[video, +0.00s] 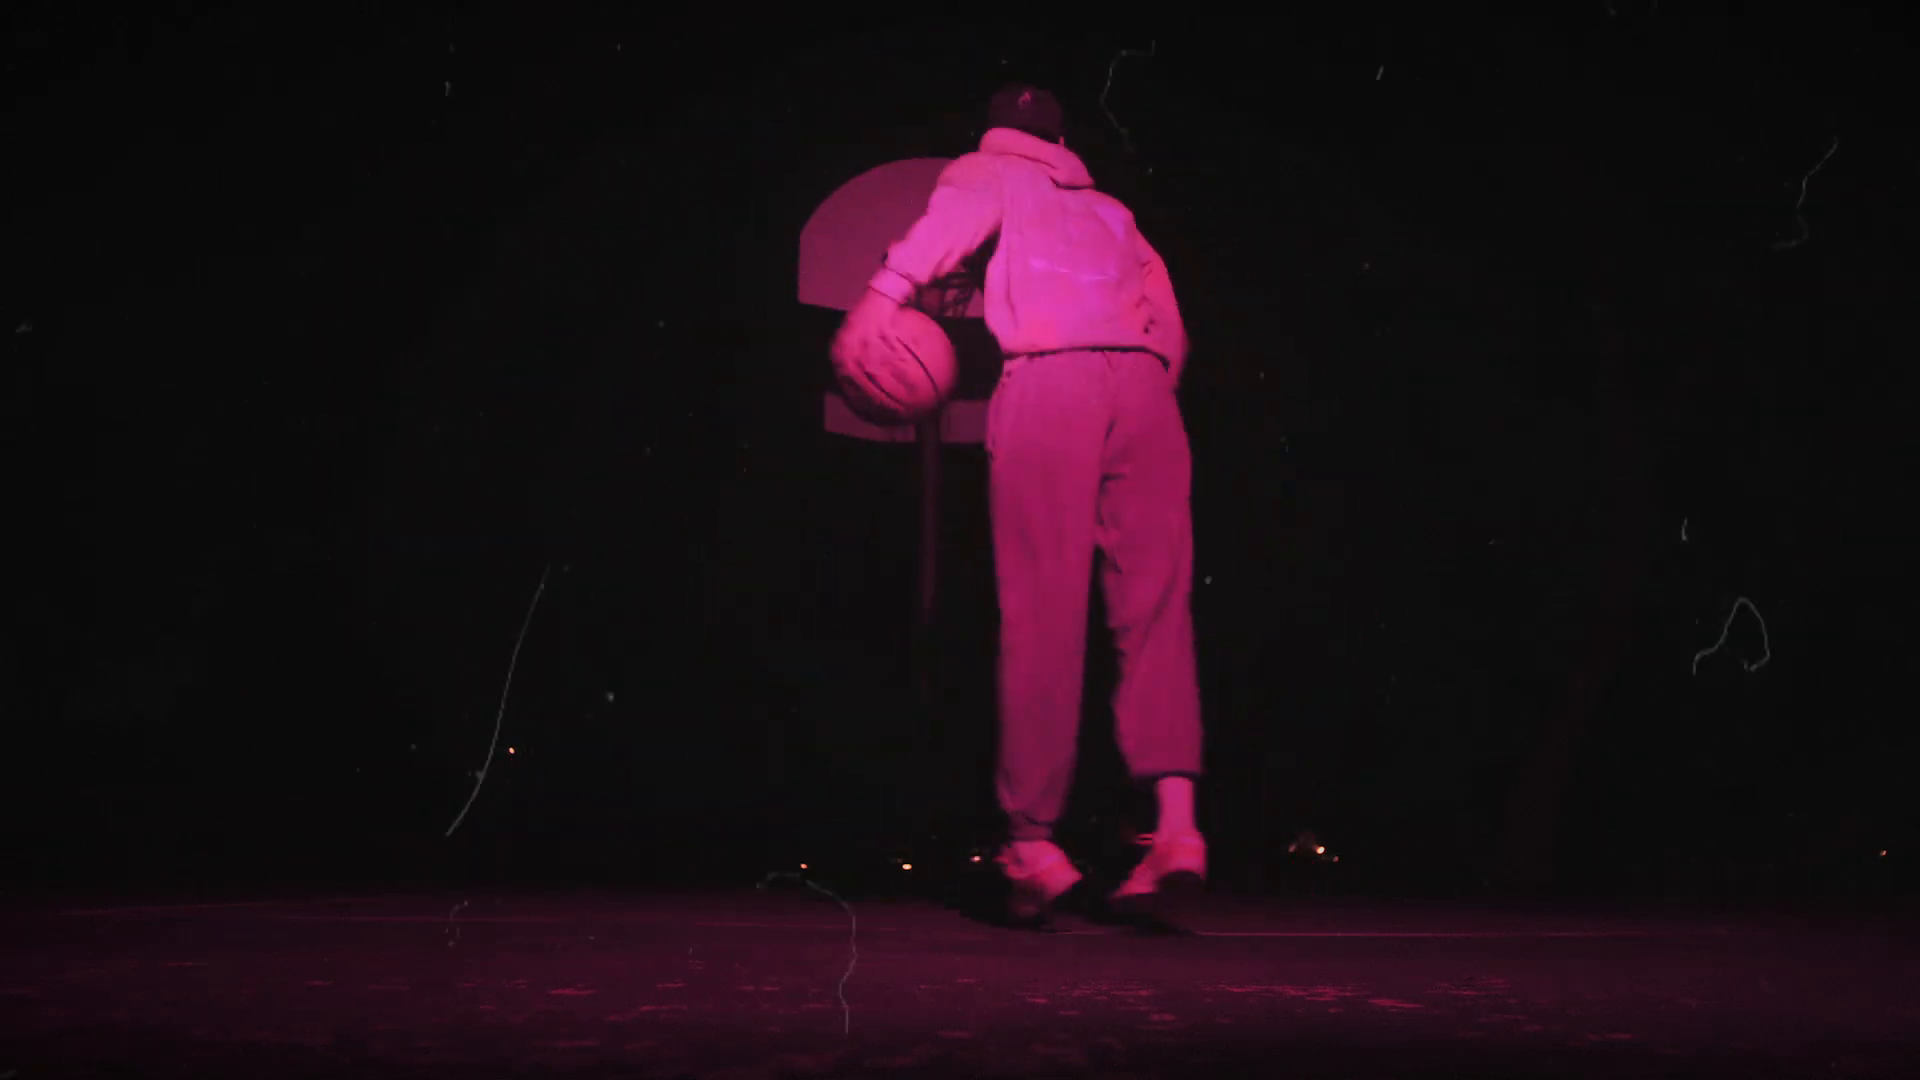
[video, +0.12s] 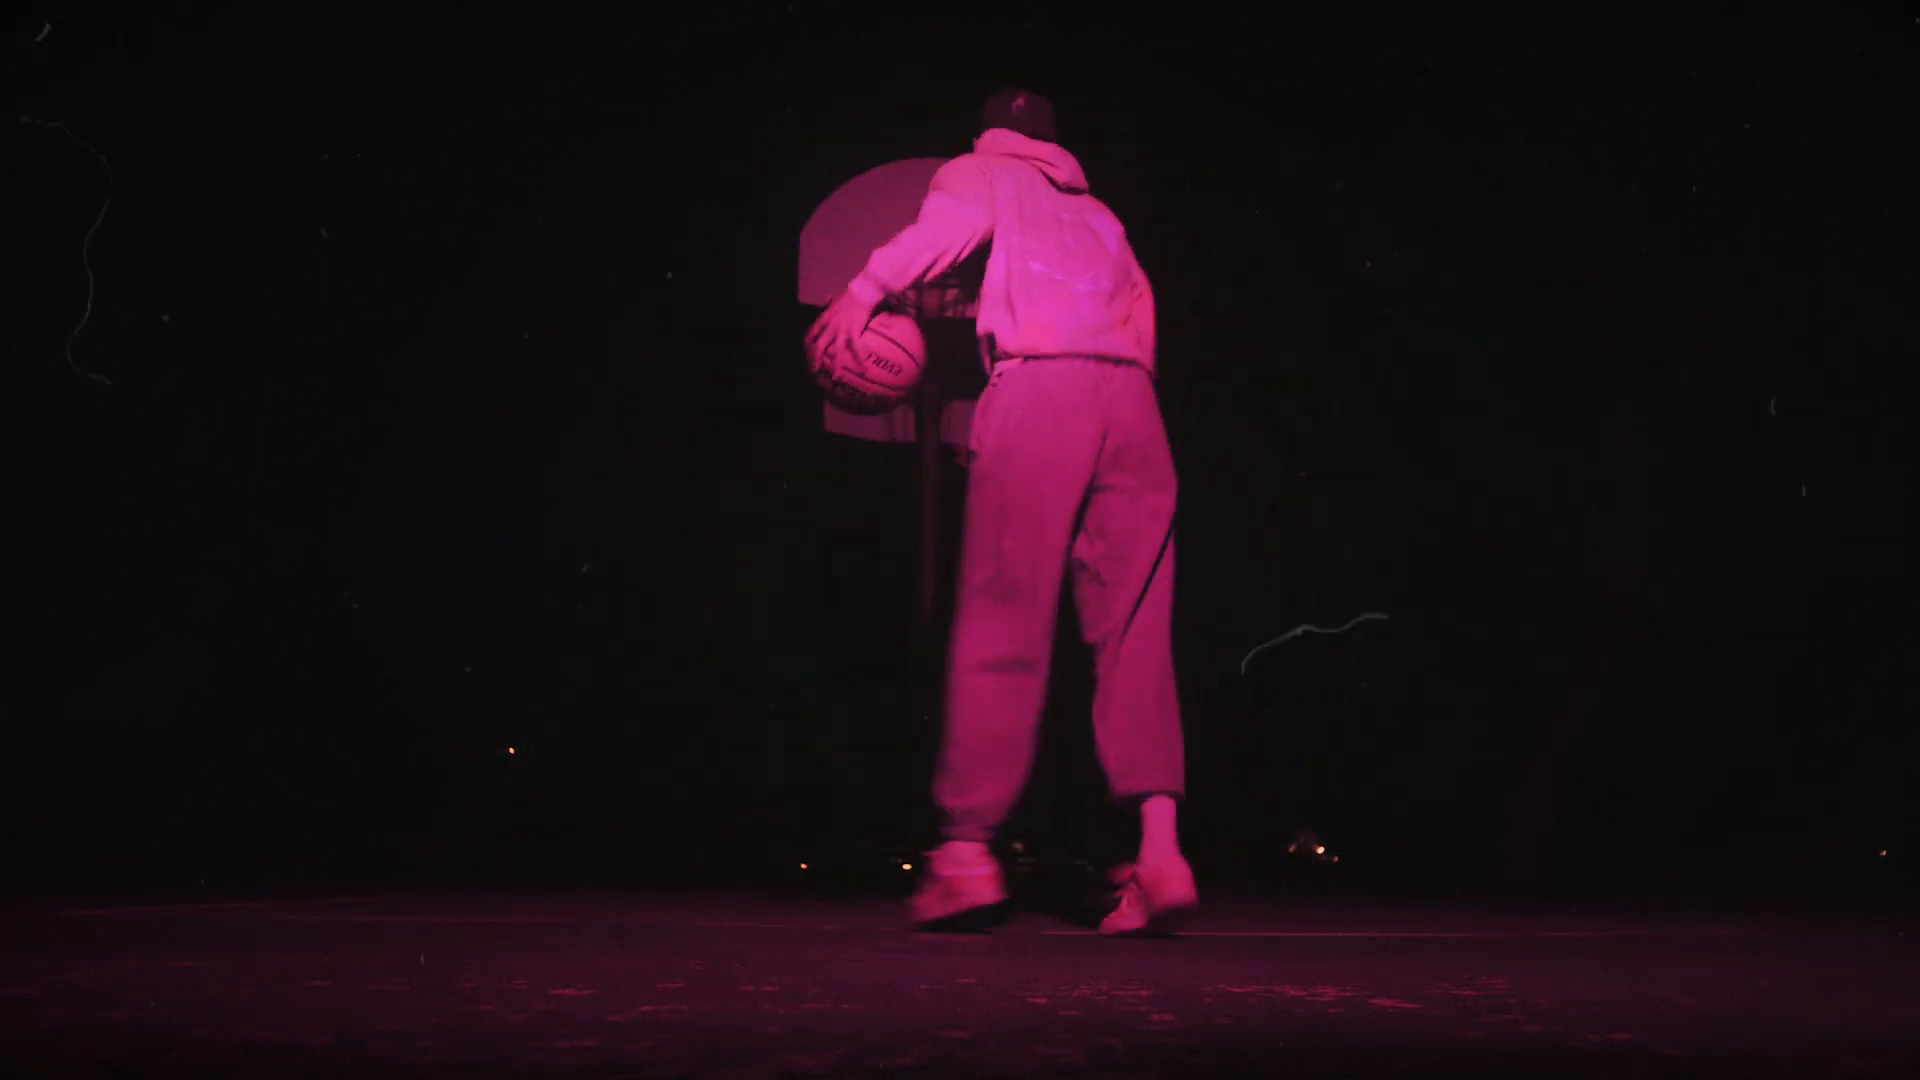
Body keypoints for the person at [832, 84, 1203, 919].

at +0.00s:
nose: (993, 150)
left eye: (991, 137)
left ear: (991, 135)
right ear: (1063, 144)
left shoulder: (987, 170)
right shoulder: (1112, 211)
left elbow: (945, 233)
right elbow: (1167, 328)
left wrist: (877, 299)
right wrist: (1137, 396)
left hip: (1048, 390)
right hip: (1147, 396)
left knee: (1043, 602)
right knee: (1156, 603)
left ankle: (1032, 839)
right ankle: (1178, 826)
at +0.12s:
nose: (980, 146)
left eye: (982, 135)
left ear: (989, 134)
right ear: (1057, 142)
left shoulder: (980, 172)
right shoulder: (1101, 217)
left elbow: (937, 239)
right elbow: (1135, 322)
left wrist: (858, 293)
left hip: (1039, 399)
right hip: (1135, 408)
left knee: (1002, 613)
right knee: (1134, 622)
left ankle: (967, 850)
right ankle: (1161, 852)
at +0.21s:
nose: (964, 174)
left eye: (967, 160)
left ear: (976, 156)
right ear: (1048, 167)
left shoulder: (966, 197)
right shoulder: (1091, 250)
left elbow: (942, 274)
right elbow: (1054, 367)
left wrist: (855, 329)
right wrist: (948, 409)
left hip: (1017, 434)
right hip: (1115, 443)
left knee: (940, 640)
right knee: (1116, 662)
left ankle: (877, 856)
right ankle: (1162, 879)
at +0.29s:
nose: (940, 174)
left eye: (944, 162)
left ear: (946, 166)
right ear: (1024, 183)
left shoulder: (933, 206)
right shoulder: (1055, 257)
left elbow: (927, 304)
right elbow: (1007, 390)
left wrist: (847, 355)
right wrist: (887, 420)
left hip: (984, 443)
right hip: (1084, 453)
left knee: (885, 640)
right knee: (1090, 668)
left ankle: (787, 848)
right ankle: (1158, 878)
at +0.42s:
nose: (884, 154)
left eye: (886, 143)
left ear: (887, 150)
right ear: (962, 158)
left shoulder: (856, 202)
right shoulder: (1011, 233)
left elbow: (831, 303)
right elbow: (1043, 380)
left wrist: (800, 369)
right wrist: (961, 393)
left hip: (893, 427)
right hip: (999, 441)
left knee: (807, 634)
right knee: (1032, 644)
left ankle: (704, 854)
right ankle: (1119, 845)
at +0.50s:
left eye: (872, 148)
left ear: (866, 155)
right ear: (942, 171)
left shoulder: (832, 207)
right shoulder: (984, 254)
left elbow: (790, 286)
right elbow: (1030, 377)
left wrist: (796, 374)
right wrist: (957, 409)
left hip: (866, 424)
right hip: (974, 439)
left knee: (776, 638)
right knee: (998, 648)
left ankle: (701, 866)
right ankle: (1083, 827)